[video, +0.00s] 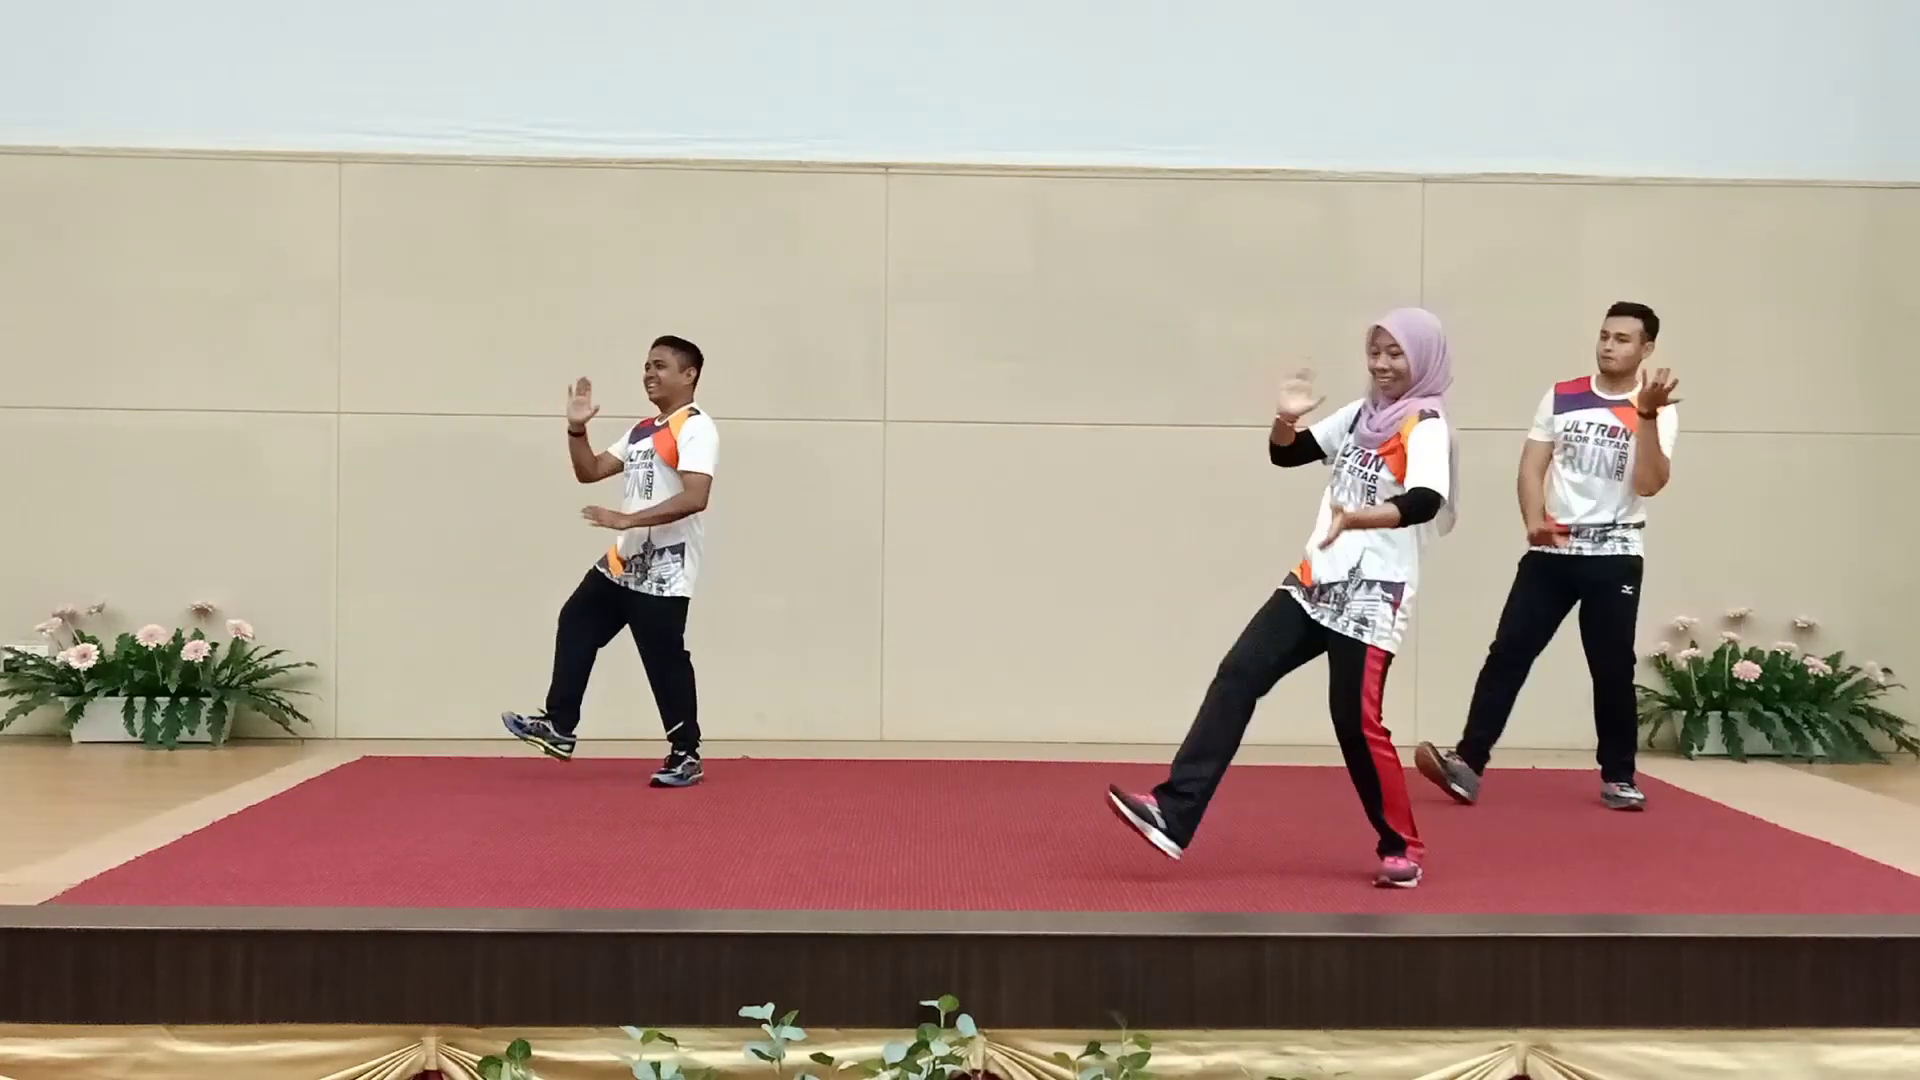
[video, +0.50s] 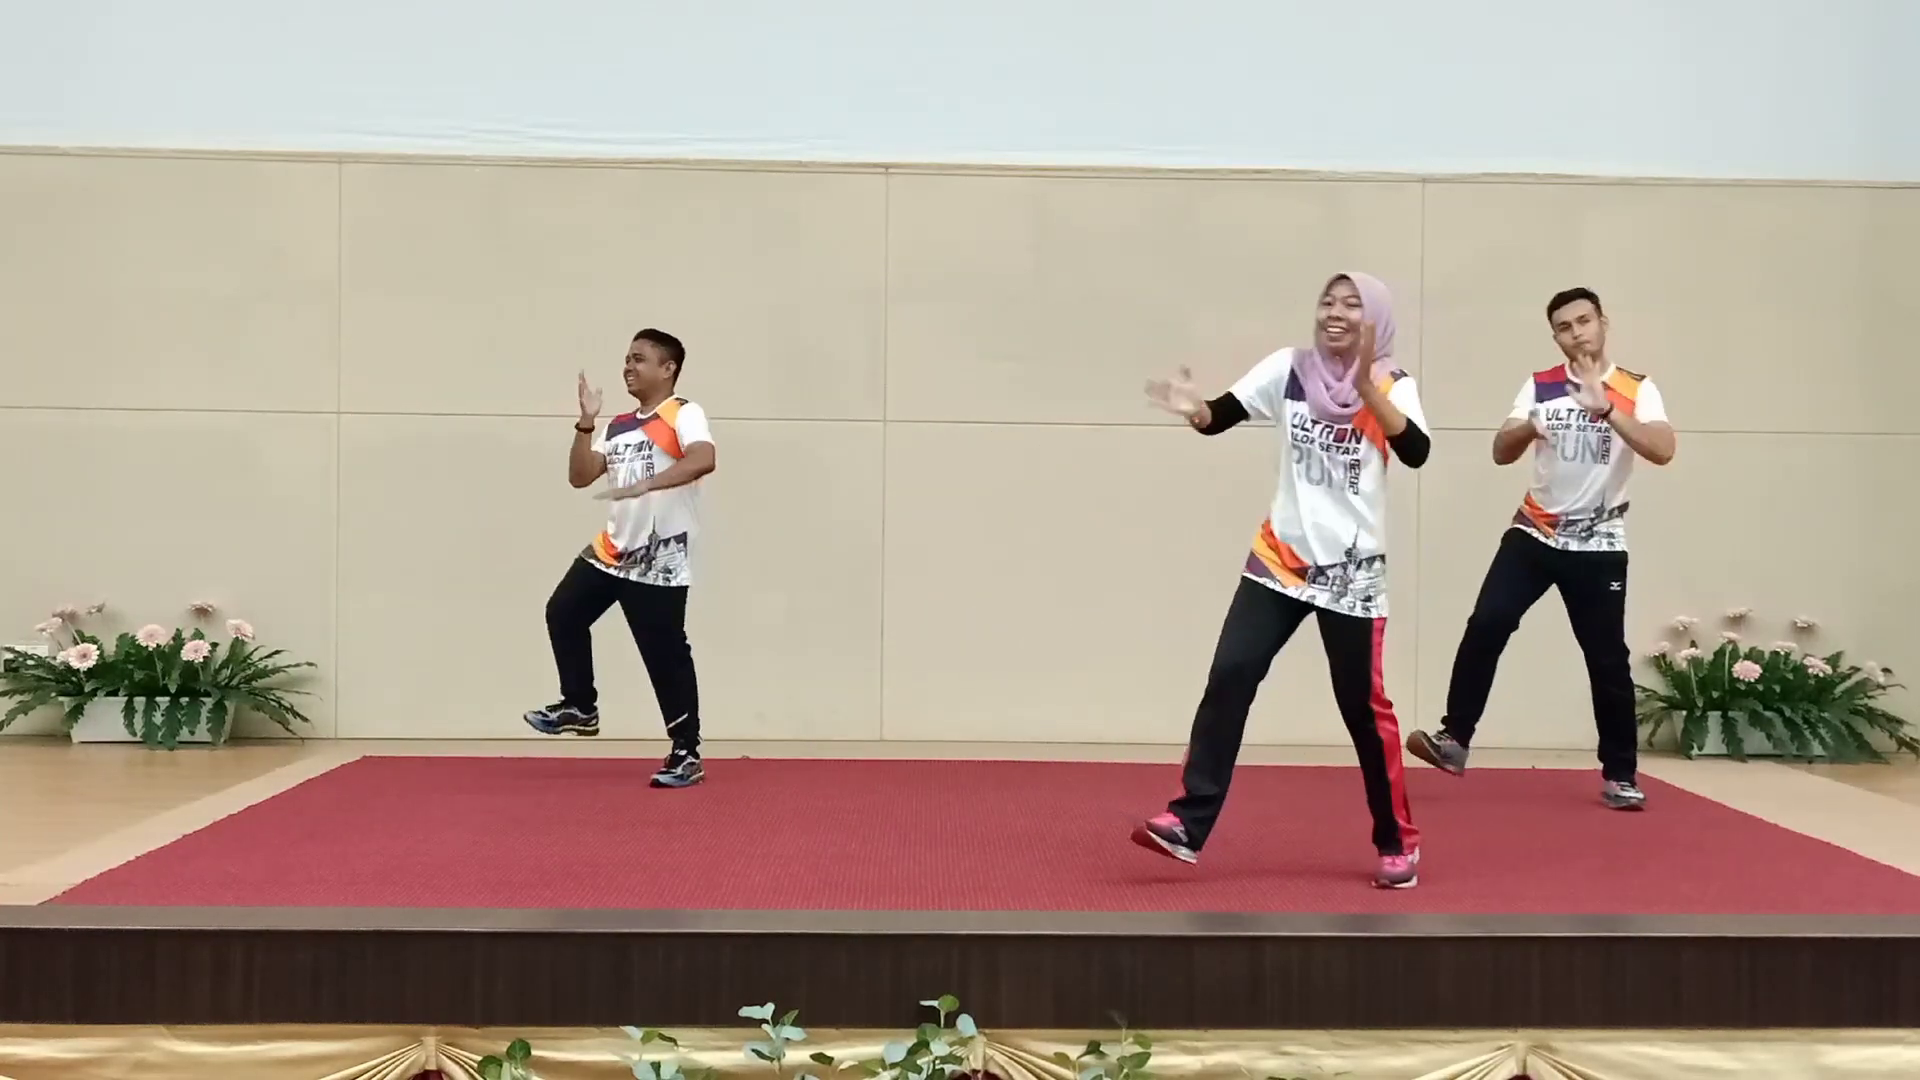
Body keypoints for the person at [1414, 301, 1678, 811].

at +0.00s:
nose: (1610, 346)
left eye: (1623, 339)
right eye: (1606, 336)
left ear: (1646, 349)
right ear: (1597, 340)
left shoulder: (1656, 410)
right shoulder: (1561, 397)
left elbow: (1649, 484)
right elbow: (1530, 469)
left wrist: (1647, 415)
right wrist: (1535, 522)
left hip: (1614, 554)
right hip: (1552, 549)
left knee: (1613, 671)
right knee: (1508, 652)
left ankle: (1619, 778)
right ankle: (1468, 765)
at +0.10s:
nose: (1614, 353)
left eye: (1626, 346)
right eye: (1608, 344)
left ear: (1649, 355)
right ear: (1599, 347)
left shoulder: (1657, 418)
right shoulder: (1562, 403)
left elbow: (1653, 490)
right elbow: (1532, 478)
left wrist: (1652, 421)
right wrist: (1534, 549)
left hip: (1615, 559)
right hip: (1553, 557)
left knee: (1611, 675)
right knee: (1513, 663)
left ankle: (1618, 778)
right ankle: (1468, 768)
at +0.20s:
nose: (1615, 351)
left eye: (1627, 342)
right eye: (1608, 343)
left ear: (1649, 348)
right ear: (1599, 348)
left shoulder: (1659, 416)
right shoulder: (1564, 399)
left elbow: (1658, 487)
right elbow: (1527, 468)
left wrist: (1650, 415)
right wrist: (1530, 538)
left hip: (1613, 556)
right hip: (1549, 549)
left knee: (1610, 669)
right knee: (1501, 644)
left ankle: (1618, 778)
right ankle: (1469, 759)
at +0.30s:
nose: (1611, 343)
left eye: (1621, 334)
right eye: (1601, 336)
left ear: (1642, 339)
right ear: (1591, 343)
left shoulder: (1658, 408)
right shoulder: (1563, 392)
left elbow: (1659, 475)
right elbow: (1524, 460)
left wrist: (1643, 401)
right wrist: (1530, 514)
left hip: (1609, 551)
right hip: (1546, 542)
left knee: (1609, 665)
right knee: (1497, 634)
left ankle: (1619, 777)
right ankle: (1472, 750)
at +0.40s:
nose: (1589, 334)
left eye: (1598, 322)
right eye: (1578, 328)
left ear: (1619, 326)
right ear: (1570, 336)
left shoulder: (1646, 393)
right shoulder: (1549, 386)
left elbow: (1663, 455)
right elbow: (1512, 454)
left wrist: (1622, 402)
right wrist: (1535, 434)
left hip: (1603, 544)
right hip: (1538, 535)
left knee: (1610, 662)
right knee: (1490, 622)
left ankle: (1620, 776)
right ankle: (1462, 738)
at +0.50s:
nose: (1575, 333)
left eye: (1583, 321)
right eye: (1563, 327)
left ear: (1604, 324)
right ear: (1555, 337)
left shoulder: (1635, 389)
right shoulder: (1540, 387)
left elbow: (1663, 449)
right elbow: (1502, 452)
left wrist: (1608, 410)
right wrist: (1528, 428)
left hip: (1598, 544)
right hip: (1533, 536)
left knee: (1608, 662)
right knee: (1487, 624)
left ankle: (1621, 777)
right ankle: (1454, 740)